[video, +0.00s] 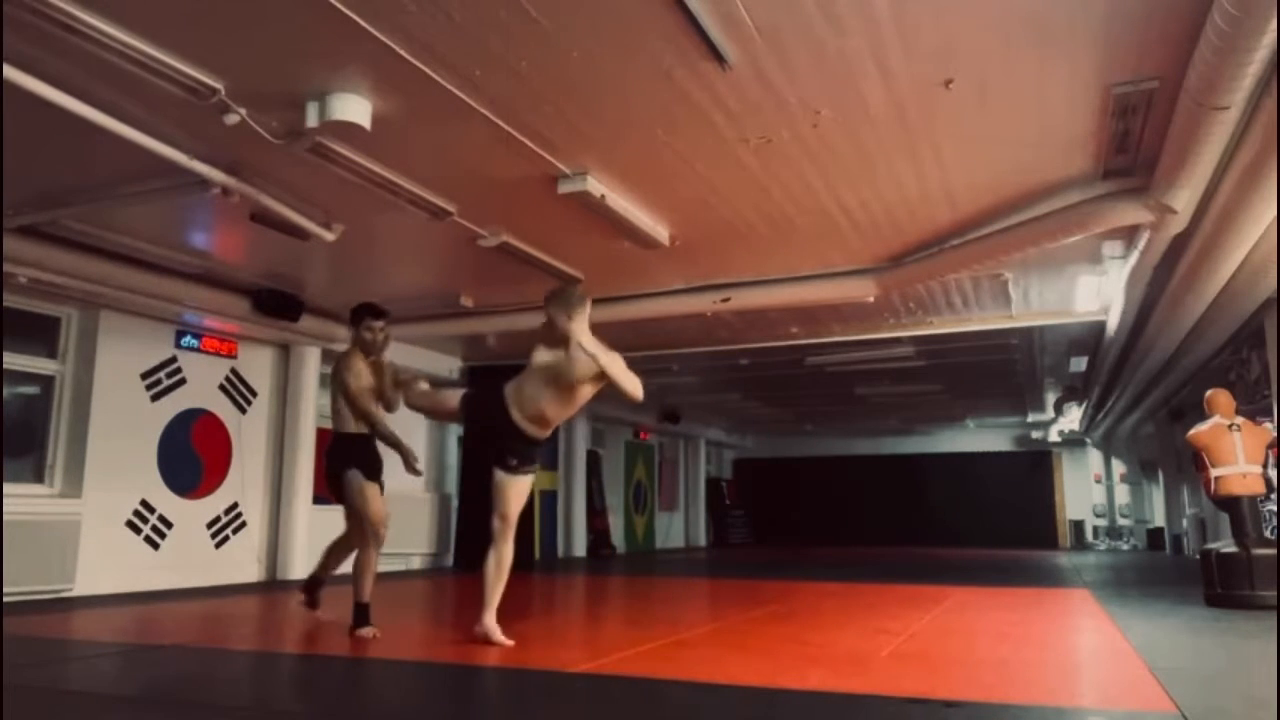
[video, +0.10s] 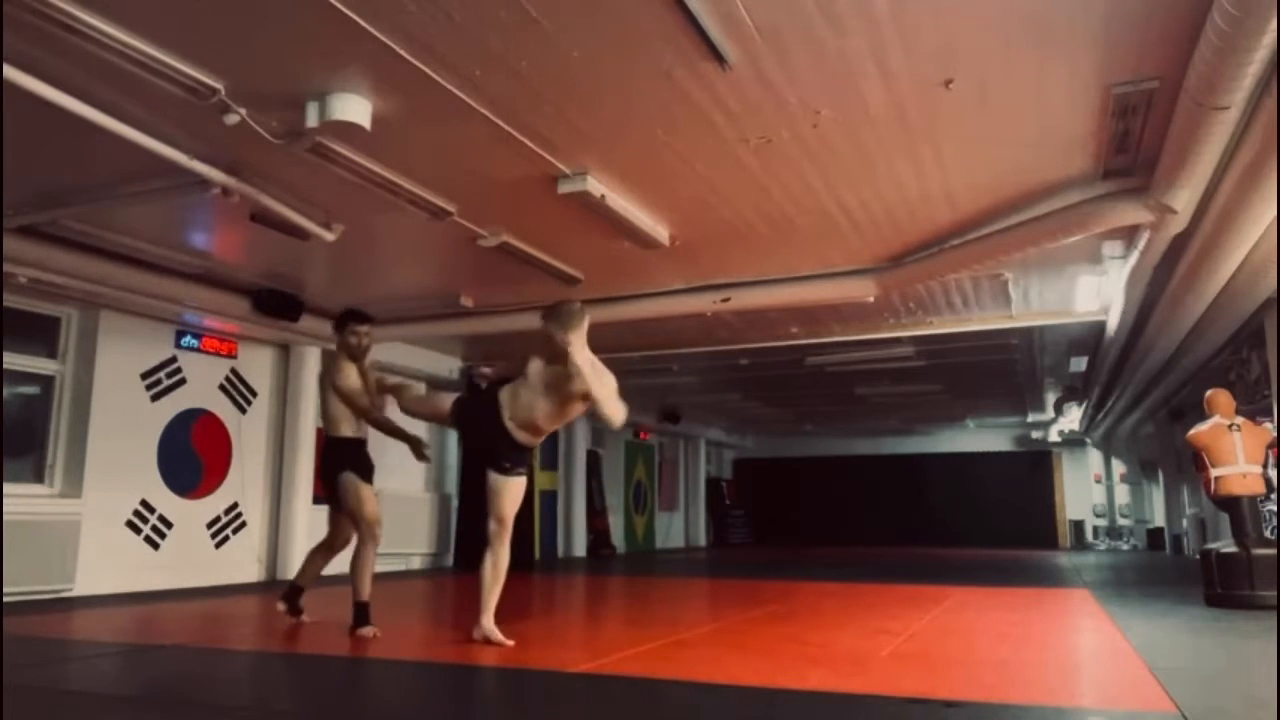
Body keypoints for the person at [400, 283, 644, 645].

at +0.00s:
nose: (546, 325)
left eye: (551, 319)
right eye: (547, 319)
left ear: (574, 316)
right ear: (554, 317)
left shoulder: (602, 360)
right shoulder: (545, 344)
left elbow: (636, 393)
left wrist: (591, 347)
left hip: (521, 444)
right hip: (492, 404)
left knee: (504, 527)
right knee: (420, 399)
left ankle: (488, 617)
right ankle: (407, 381)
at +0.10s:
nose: (547, 343)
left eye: (553, 337)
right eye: (548, 336)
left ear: (570, 334)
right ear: (553, 333)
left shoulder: (599, 377)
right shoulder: (547, 357)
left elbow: (616, 418)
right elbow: (527, 372)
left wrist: (583, 363)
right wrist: (496, 374)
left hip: (513, 447)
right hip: (487, 408)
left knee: (501, 530)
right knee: (413, 402)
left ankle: (486, 621)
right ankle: (389, 386)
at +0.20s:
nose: (548, 339)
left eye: (550, 333)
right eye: (546, 334)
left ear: (572, 328)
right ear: (547, 332)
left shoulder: (594, 374)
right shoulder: (540, 351)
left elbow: (572, 421)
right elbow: (513, 357)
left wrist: (562, 353)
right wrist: (481, 359)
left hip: (516, 449)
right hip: (488, 411)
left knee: (503, 529)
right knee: (419, 403)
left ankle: (487, 620)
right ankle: (376, 398)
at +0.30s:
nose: (532, 320)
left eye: (536, 313)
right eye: (531, 314)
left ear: (553, 310)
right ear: (546, 312)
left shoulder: (585, 356)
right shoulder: (534, 332)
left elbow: (550, 407)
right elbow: (482, 329)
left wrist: (534, 349)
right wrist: (470, 323)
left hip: (524, 446)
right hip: (495, 413)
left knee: (508, 528)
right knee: (438, 417)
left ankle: (491, 619)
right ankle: (407, 425)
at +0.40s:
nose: (524, 304)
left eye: (527, 296)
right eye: (523, 298)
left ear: (543, 290)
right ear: (535, 294)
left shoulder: (572, 336)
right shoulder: (540, 324)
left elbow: (551, 395)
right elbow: (509, 328)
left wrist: (518, 346)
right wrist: (479, 317)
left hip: (535, 433)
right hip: (506, 415)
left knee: (519, 526)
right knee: (451, 432)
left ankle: (507, 618)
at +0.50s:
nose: (521, 301)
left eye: (521, 292)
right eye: (518, 294)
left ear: (537, 284)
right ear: (537, 284)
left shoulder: (562, 323)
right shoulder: (548, 320)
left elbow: (555, 385)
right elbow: (524, 350)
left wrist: (511, 355)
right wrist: (499, 330)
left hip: (540, 423)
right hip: (518, 418)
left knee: (525, 516)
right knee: (475, 461)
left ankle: (522, 611)